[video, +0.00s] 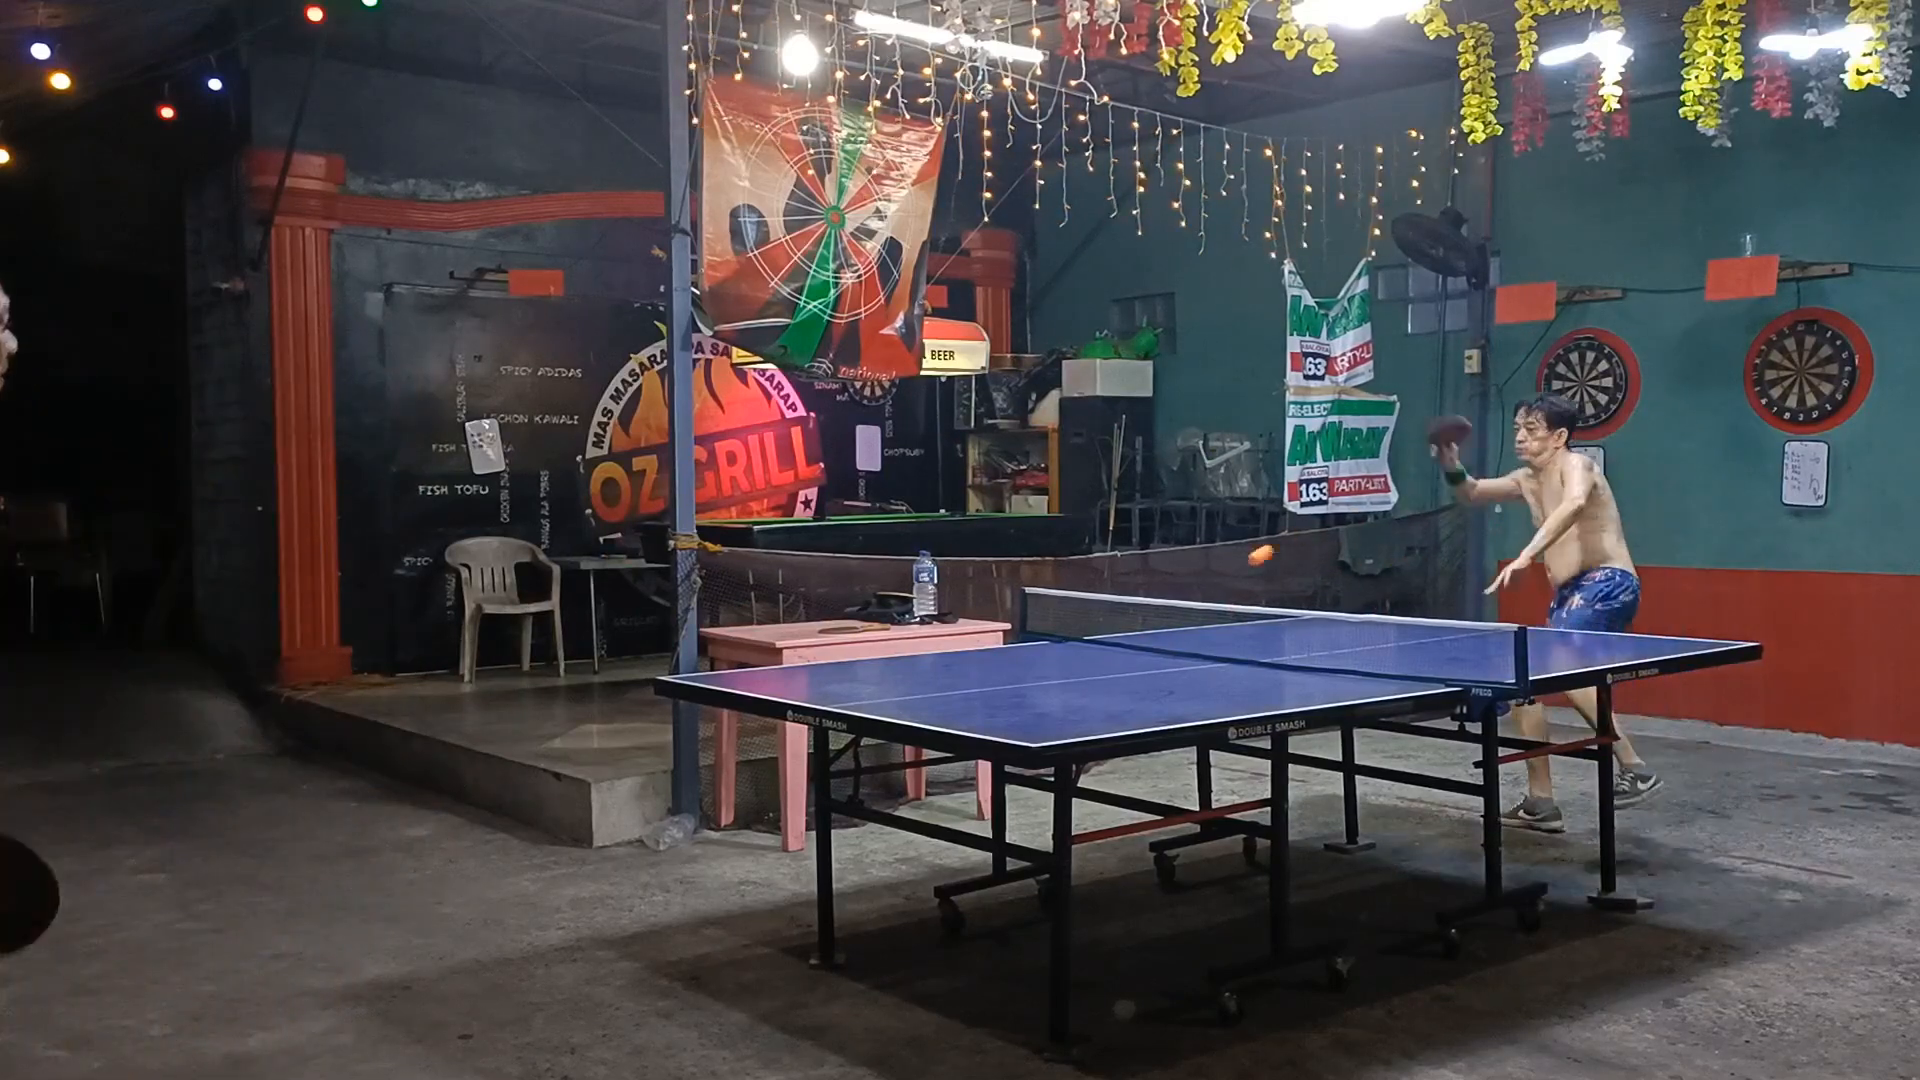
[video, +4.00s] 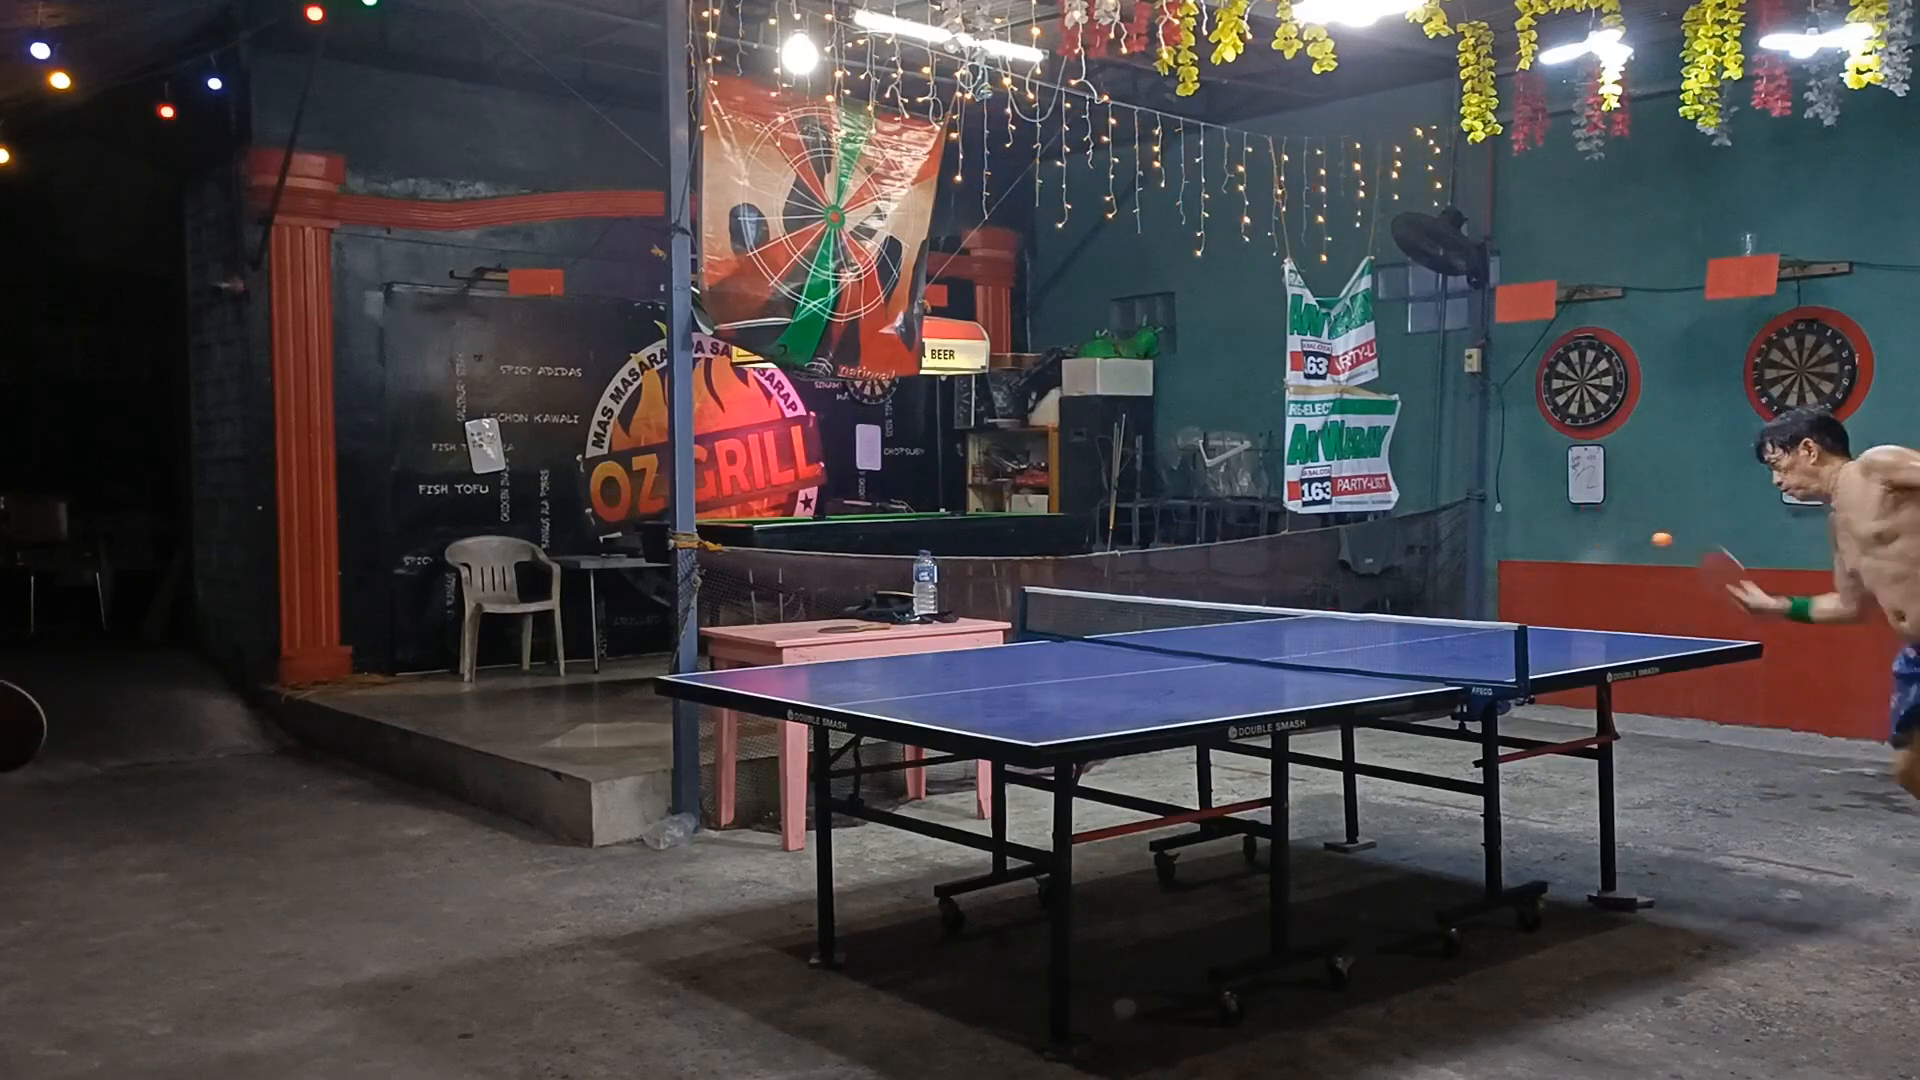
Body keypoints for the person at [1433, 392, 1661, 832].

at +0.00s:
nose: (1521, 437)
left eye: (1530, 429)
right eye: (1518, 429)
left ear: (1559, 435)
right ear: (1516, 435)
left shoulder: (1575, 464)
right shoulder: (1526, 478)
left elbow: (1575, 504)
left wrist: (1526, 555)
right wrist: (1452, 467)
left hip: (1606, 584)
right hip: (1567, 596)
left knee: (1566, 667)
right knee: (1520, 685)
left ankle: (1633, 767)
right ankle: (1540, 799)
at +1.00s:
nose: (1544, 468)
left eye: (1552, 457)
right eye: (1540, 459)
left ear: (1585, 454)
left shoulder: (1611, 485)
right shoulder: (1589, 500)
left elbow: (1590, 555)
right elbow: (1582, 561)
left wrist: (1521, 600)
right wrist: (1514, 568)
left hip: (1685, 622)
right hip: (1634, 630)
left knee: (1718, 737)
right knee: (1567, 706)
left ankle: (1800, 844)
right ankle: (1525, 814)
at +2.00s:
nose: (1558, 438)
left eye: (1568, 427)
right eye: (1553, 430)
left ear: (1602, 428)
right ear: (1553, 436)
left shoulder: (1636, 465)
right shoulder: (1579, 484)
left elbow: (1628, 536)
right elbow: (1557, 538)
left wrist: (1555, 588)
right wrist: (1509, 544)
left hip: (1689, 610)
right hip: (1633, 618)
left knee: (1711, 723)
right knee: (1590, 712)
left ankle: (1798, 838)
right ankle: (1633, 823)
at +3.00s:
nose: (1584, 440)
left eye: (1594, 429)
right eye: (1581, 430)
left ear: (1629, 430)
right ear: (1584, 435)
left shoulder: (1672, 472)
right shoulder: (1596, 479)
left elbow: (1748, 516)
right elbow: (1576, 514)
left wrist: (1704, 566)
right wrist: (1540, 553)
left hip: (1689, 616)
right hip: (1630, 619)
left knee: (1703, 718)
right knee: (1591, 706)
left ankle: (1793, 818)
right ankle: (1613, 803)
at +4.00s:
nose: (1777, 481)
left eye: (1778, 467)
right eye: (1773, 472)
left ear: (1809, 451)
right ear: (1809, 453)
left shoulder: (1876, 464)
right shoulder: (1841, 522)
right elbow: (1850, 605)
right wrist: (1774, 604)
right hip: (1915, 651)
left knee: (1911, 768)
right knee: (1909, 768)